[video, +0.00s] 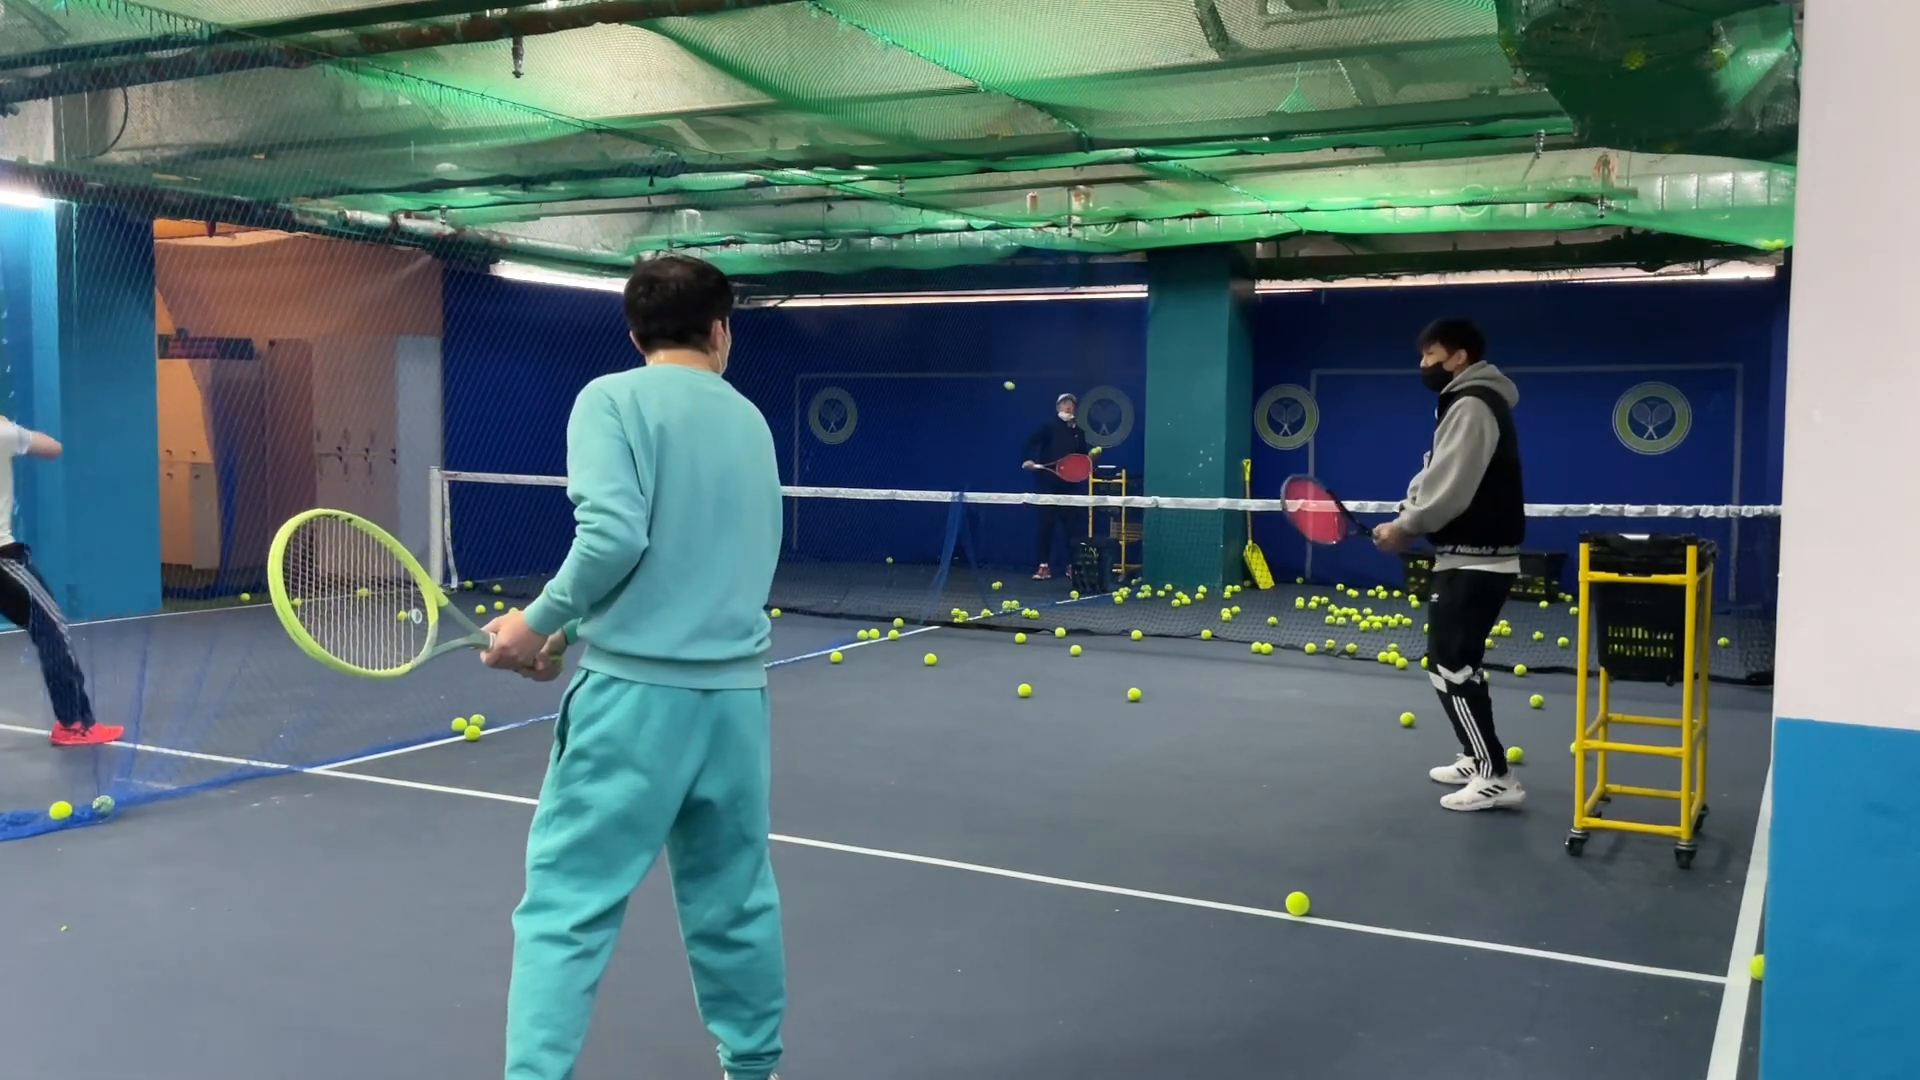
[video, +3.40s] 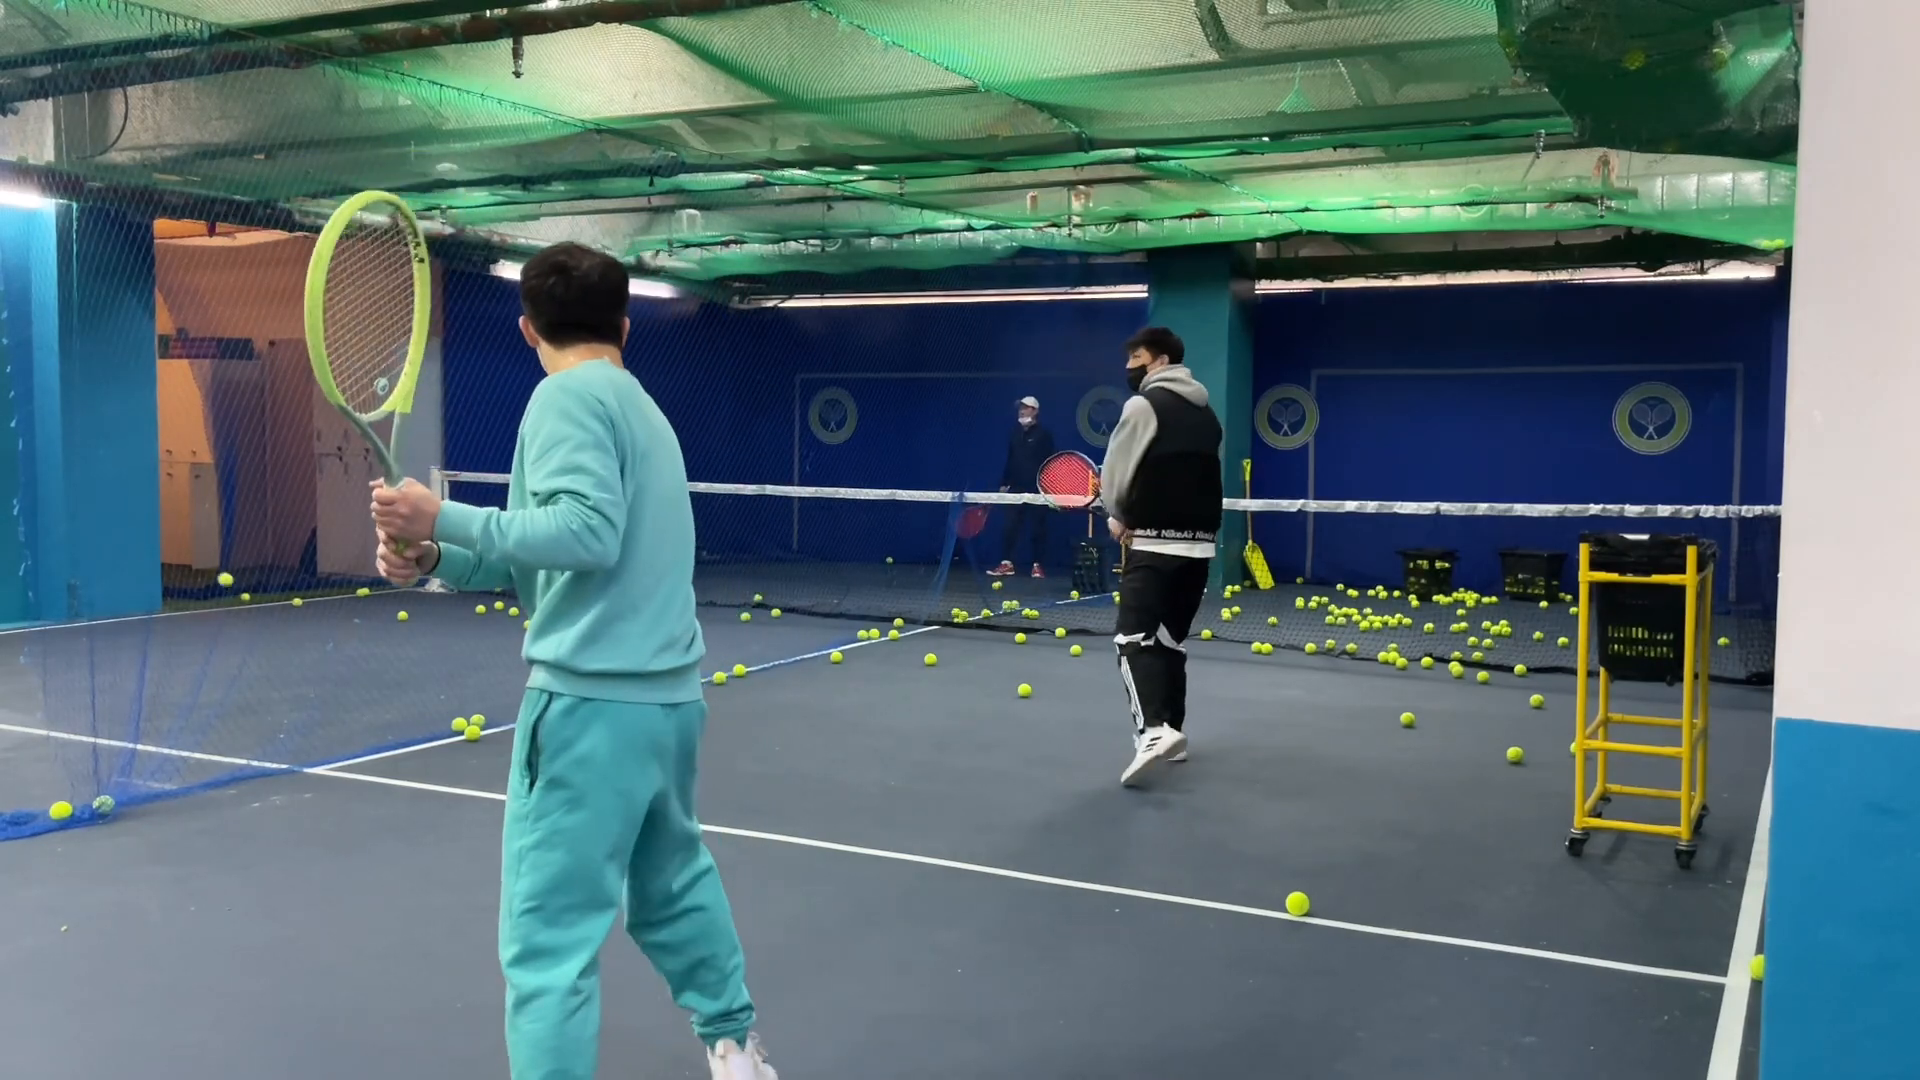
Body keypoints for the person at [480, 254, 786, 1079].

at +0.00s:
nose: (733, 339)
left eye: (729, 326)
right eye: (732, 327)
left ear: (640, 332)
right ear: (718, 331)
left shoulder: (610, 400)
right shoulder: (751, 422)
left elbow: (616, 533)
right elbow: (721, 563)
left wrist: (535, 621)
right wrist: (574, 631)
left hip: (630, 702)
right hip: (737, 705)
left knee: (567, 911)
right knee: (735, 898)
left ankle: (536, 1069)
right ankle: (754, 1064)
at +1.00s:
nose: (735, 328)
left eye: (732, 315)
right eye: (734, 316)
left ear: (639, 325)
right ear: (721, 322)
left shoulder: (592, 409)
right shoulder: (766, 425)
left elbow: (555, 555)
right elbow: (769, 548)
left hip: (615, 704)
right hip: (731, 707)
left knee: (570, 909)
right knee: (734, 900)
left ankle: (540, 1069)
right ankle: (750, 1064)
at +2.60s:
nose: (732, 330)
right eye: (731, 319)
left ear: (634, 324)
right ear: (723, 323)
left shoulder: (605, 400)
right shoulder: (754, 426)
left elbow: (533, 535)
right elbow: (657, 563)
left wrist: (469, 513)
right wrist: (521, 556)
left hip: (617, 708)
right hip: (726, 710)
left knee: (579, 920)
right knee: (732, 905)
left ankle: (554, 1071)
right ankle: (752, 1065)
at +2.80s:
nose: (606, 326)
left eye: (608, 316)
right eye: (713, 320)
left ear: (615, 324)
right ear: (705, 325)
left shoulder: (604, 393)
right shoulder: (722, 419)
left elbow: (530, 506)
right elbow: (593, 533)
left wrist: (431, 471)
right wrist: (465, 524)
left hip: (615, 709)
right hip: (718, 708)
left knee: (582, 927)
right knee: (724, 904)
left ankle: (562, 1071)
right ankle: (753, 1064)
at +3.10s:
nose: (564, 322)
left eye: (564, 311)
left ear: (571, 323)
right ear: (665, 325)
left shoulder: (600, 399)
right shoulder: (674, 413)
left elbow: (592, 519)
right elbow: (571, 536)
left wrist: (456, 483)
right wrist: (453, 525)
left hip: (608, 710)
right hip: (692, 706)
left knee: (572, 932)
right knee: (705, 901)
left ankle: (561, 1070)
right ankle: (748, 1064)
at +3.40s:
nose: (523, 328)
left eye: (523, 316)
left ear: (529, 325)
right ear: (621, 320)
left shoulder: (568, 399)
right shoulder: (641, 411)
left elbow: (588, 535)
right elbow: (553, 570)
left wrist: (445, 519)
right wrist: (441, 559)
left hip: (588, 706)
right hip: (671, 699)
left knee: (549, 938)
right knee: (672, 881)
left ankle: (550, 1070)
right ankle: (736, 1054)